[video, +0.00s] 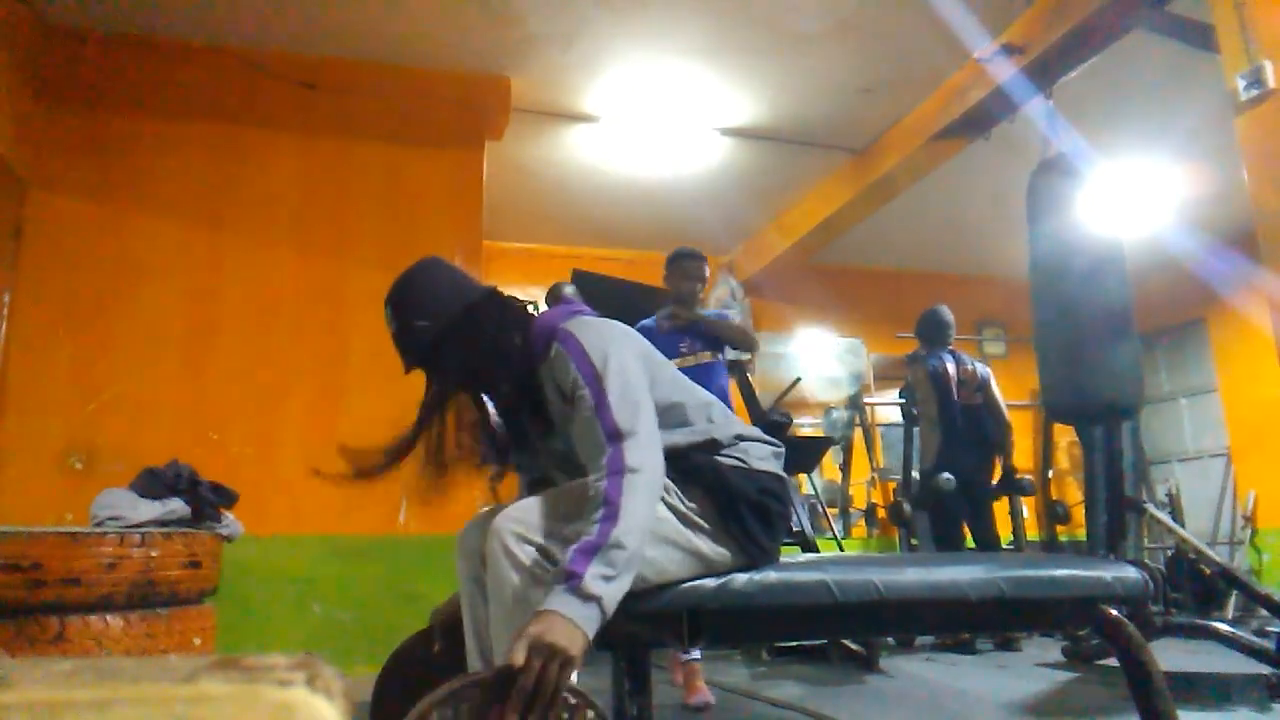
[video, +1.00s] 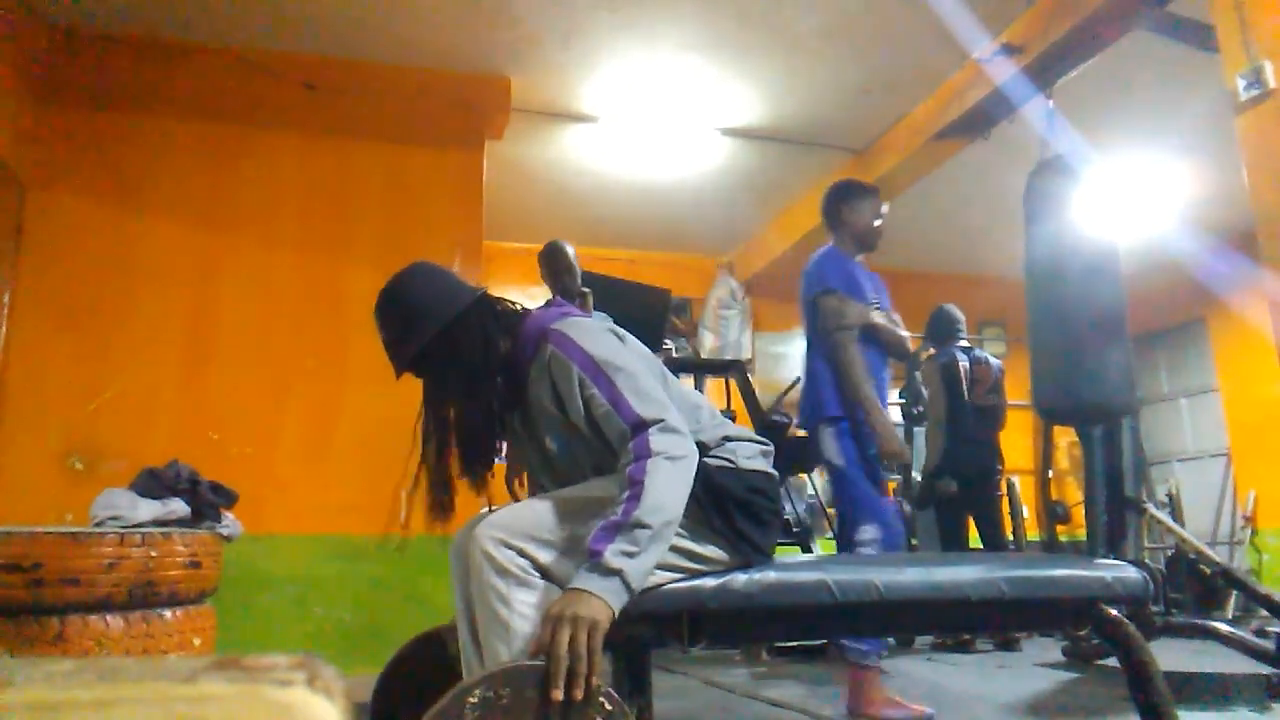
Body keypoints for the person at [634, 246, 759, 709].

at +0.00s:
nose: (692, 286)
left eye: (699, 279)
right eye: (684, 278)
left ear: (707, 283)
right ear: (666, 280)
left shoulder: (717, 324)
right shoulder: (645, 331)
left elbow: (750, 342)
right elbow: (627, 382)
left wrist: (699, 319)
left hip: (717, 450)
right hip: (662, 451)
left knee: (704, 554)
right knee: (670, 556)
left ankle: (689, 657)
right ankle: (685, 658)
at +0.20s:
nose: (707, 268)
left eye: (711, 260)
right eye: (697, 261)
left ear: (717, 265)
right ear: (676, 266)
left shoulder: (732, 312)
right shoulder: (659, 318)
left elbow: (761, 369)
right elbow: (648, 379)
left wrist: (723, 346)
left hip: (737, 446)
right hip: (683, 447)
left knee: (733, 542)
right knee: (686, 550)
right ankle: (691, 665)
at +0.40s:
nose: (743, 261)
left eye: (747, 253)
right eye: (736, 252)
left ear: (746, 258)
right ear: (708, 253)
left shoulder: (750, 307)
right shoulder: (686, 299)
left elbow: (775, 364)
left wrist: (730, 336)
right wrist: (760, 347)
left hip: (753, 444)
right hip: (704, 445)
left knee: (763, 550)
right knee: (701, 553)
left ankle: (761, 662)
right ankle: (697, 673)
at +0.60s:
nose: (788, 254)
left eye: (789, 247)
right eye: (779, 246)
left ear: (780, 252)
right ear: (748, 247)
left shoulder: (784, 308)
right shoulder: (728, 290)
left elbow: (805, 369)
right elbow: (749, 358)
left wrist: (763, 340)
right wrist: (828, 390)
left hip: (783, 448)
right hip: (734, 446)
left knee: (813, 553)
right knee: (714, 557)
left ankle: (856, 681)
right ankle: (700, 679)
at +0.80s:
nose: (840, 238)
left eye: (841, 231)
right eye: (831, 229)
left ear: (827, 235)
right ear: (799, 229)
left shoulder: (834, 294)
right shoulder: (780, 276)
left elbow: (865, 353)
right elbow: (804, 352)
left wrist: (822, 324)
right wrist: (861, 405)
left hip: (833, 439)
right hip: (791, 436)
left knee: (844, 554)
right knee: (785, 553)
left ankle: (862, 680)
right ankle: (735, 663)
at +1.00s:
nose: (882, 222)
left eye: (882, 214)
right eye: (874, 214)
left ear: (860, 218)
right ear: (843, 215)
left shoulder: (870, 279)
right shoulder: (828, 267)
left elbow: (905, 349)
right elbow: (843, 352)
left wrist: (869, 319)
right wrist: (880, 426)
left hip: (865, 421)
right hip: (839, 420)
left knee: (873, 538)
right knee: (876, 532)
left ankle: (866, 683)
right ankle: (864, 686)